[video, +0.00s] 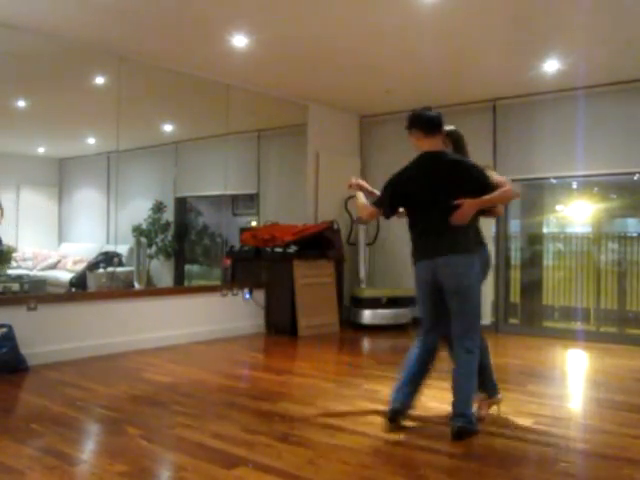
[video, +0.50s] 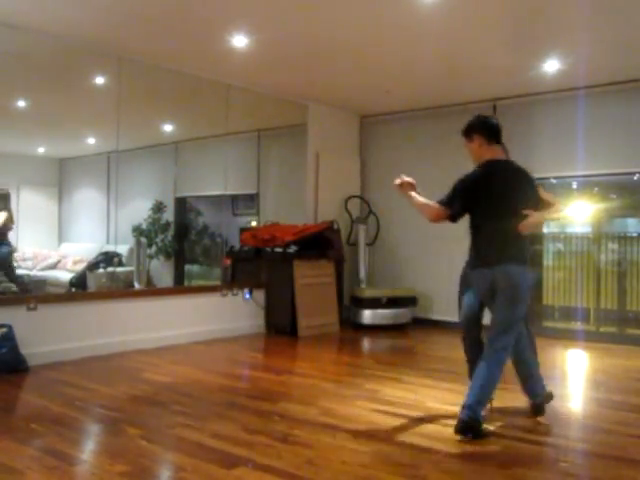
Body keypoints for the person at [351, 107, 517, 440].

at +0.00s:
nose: (412, 141)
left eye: (412, 136)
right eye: (413, 136)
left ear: (415, 136)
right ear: (443, 132)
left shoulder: (409, 174)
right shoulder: (462, 167)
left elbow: (368, 214)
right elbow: (509, 191)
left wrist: (358, 198)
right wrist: (476, 205)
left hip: (425, 263)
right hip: (462, 260)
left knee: (428, 333)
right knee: (466, 339)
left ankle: (398, 403)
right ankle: (462, 417)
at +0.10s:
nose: (423, 140)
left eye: (423, 135)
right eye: (423, 135)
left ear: (429, 134)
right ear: (455, 130)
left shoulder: (421, 174)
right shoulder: (474, 167)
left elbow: (382, 211)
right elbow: (523, 194)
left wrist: (368, 192)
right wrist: (490, 205)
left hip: (437, 263)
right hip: (474, 260)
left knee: (454, 335)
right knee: (478, 337)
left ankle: (426, 406)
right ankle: (467, 417)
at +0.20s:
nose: (434, 143)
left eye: (434, 137)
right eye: (434, 137)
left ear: (441, 135)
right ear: (466, 132)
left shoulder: (436, 174)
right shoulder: (488, 170)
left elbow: (395, 211)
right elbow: (532, 199)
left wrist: (372, 192)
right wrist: (503, 209)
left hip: (449, 263)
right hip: (485, 260)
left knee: (469, 337)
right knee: (484, 338)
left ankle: (458, 406)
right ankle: (467, 418)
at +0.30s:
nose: (446, 145)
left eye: (446, 138)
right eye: (445, 139)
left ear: (454, 137)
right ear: (476, 134)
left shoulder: (450, 175)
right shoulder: (500, 172)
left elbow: (411, 211)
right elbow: (539, 201)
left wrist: (388, 192)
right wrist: (515, 212)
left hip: (461, 268)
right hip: (496, 266)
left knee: (471, 340)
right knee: (493, 340)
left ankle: (489, 407)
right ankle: (468, 420)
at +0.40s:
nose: (457, 148)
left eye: (457, 141)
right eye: (456, 141)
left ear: (466, 139)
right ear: (486, 138)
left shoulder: (463, 177)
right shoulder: (510, 174)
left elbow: (423, 212)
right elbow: (546, 203)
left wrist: (399, 191)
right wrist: (527, 215)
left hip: (472, 268)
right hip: (507, 268)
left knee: (506, 333)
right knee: (494, 339)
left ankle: (520, 400)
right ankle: (469, 418)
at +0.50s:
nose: (468, 151)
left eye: (469, 144)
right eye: (468, 145)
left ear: (479, 141)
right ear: (497, 140)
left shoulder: (477, 178)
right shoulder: (521, 175)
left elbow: (438, 213)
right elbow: (548, 204)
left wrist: (409, 193)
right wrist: (536, 218)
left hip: (482, 266)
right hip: (517, 267)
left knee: (516, 329)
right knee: (503, 337)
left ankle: (537, 394)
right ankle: (470, 414)